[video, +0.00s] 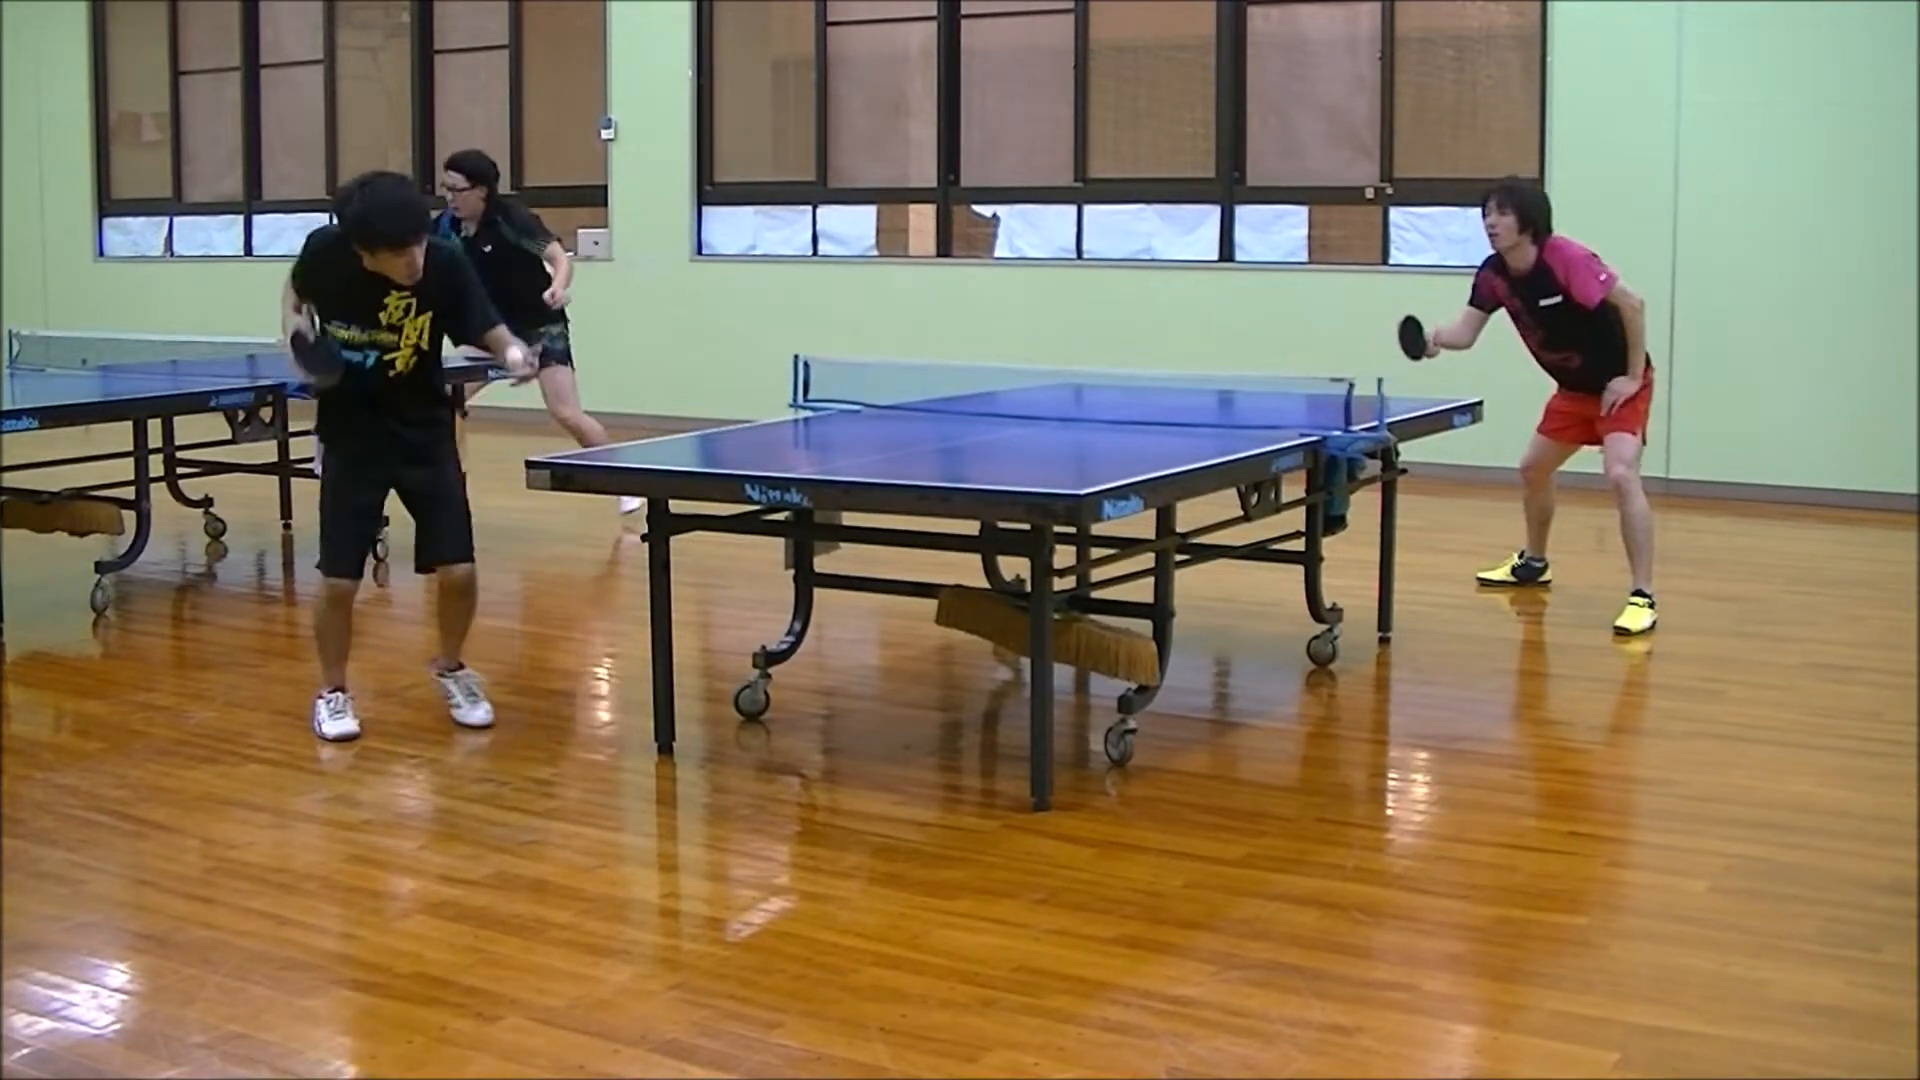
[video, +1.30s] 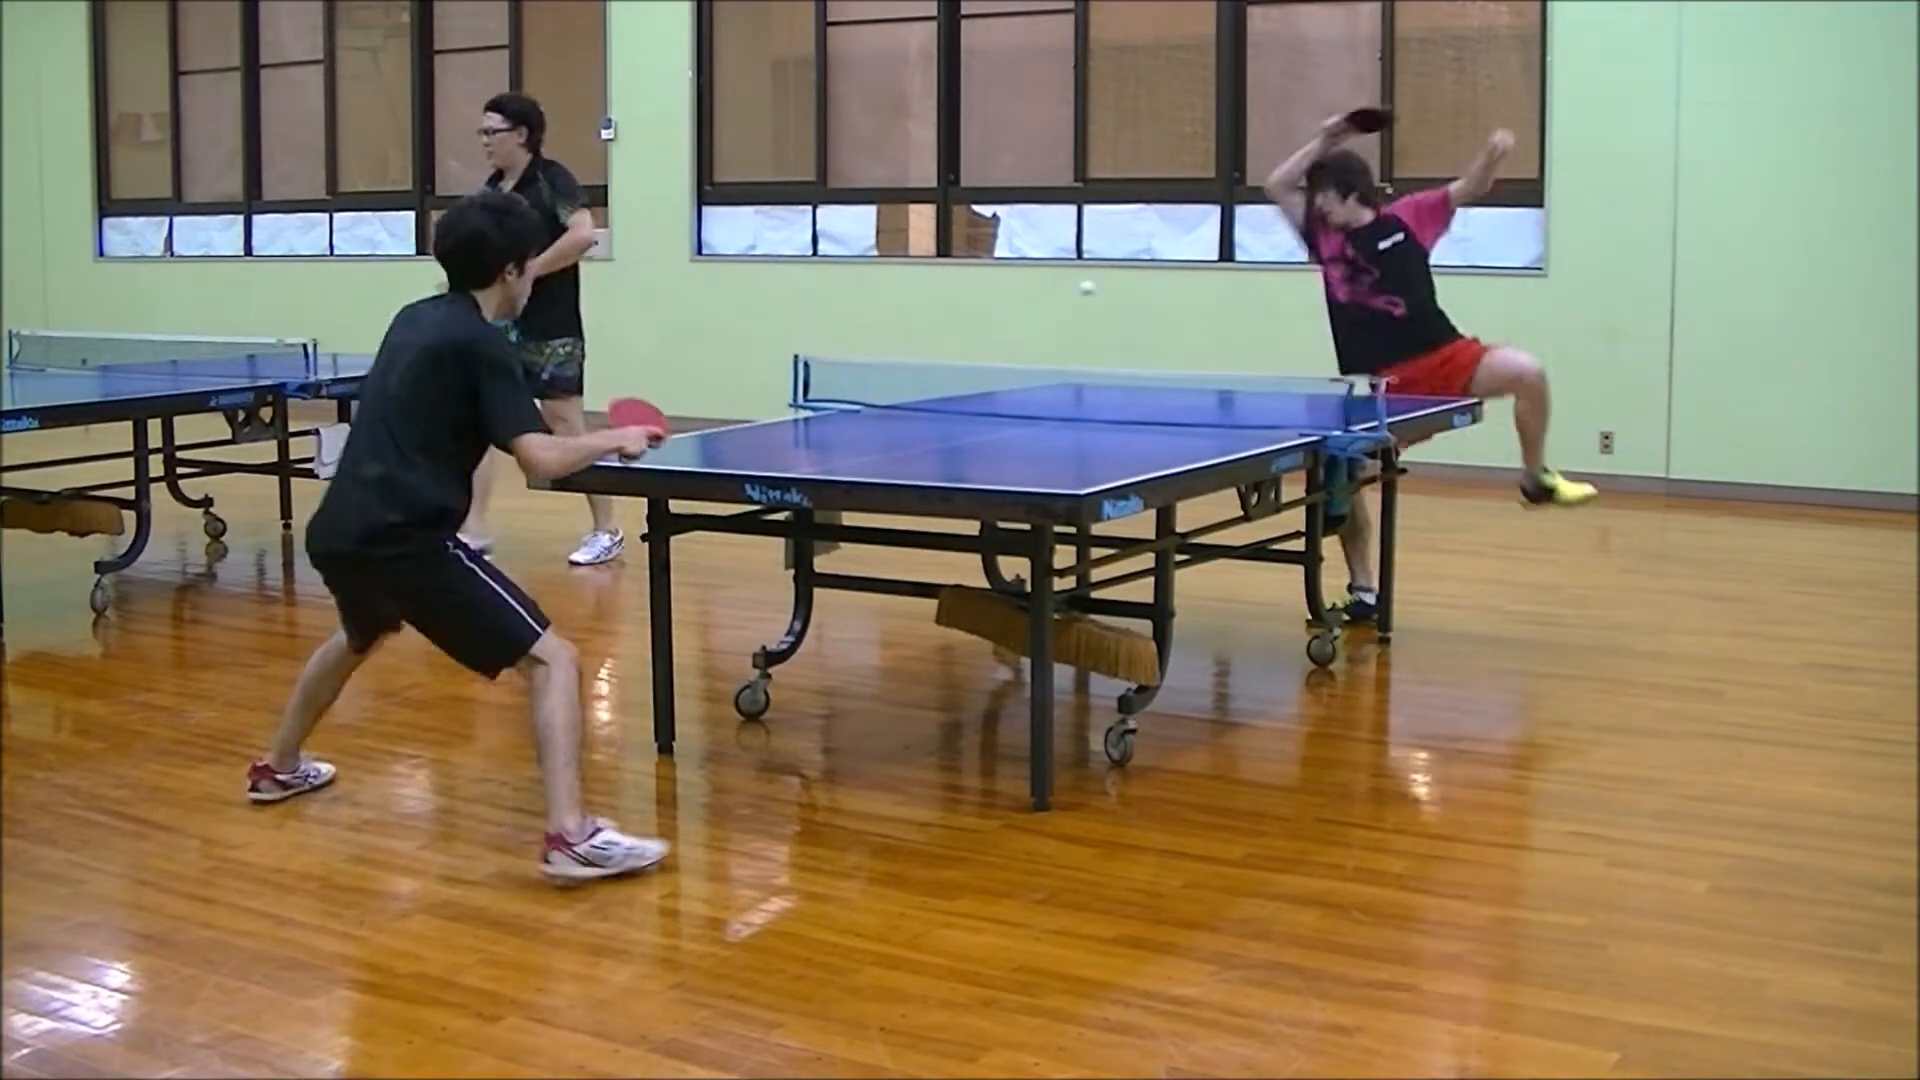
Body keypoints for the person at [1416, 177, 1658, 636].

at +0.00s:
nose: (1491, 224)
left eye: (1502, 215)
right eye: (1487, 215)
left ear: (1529, 221)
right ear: (1485, 221)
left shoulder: (1565, 258)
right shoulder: (1493, 273)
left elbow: (1632, 305)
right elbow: (1465, 333)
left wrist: (1634, 374)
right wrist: (1434, 337)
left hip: (1622, 381)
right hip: (1573, 387)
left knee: (1620, 473)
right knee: (1534, 469)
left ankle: (1642, 596)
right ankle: (1533, 562)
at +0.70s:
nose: (1518, 209)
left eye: (1527, 199)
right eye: (1518, 200)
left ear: (1556, 203)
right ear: (1537, 204)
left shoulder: (1599, 244)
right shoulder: (1535, 274)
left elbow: (1620, 306)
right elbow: (1494, 336)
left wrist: (1578, 341)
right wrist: (1435, 328)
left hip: (1623, 417)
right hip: (1562, 417)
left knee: (1660, 517)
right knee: (1477, 475)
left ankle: (1705, 604)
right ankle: (1512, 580)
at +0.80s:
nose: (1473, 210)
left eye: (1480, 200)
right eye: (1473, 201)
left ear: (1508, 203)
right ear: (1500, 208)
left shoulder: (1549, 235)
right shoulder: (1492, 274)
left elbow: (1569, 263)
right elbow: (1450, 343)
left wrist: (1512, 266)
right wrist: (1386, 357)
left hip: (1590, 414)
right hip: (1530, 413)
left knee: (1640, 517)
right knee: (1439, 467)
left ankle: (1700, 603)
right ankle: (1420, 585)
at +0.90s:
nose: (1407, 224)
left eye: (1414, 215)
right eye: (1407, 215)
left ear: (1440, 216)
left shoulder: (1471, 240)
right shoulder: (1444, 293)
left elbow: (1499, 227)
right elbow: (1427, 370)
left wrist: (1491, 227)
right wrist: (1392, 403)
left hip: (1543, 405)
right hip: (1493, 413)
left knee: (1595, 516)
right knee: (1406, 486)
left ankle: (1664, 596)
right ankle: (1367, 595)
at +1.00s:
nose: (1346, 249)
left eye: (1351, 239)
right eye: (1345, 240)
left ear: (1377, 237)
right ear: (1372, 241)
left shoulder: (1411, 253)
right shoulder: (1399, 295)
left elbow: (1448, 234)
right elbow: (1404, 379)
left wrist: (1489, 212)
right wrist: (1390, 434)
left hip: (1500, 397)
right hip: (1451, 408)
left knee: (1560, 510)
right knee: (1367, 473)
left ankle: (1639, 598)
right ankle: (1366, 595)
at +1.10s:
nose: (1309, 247)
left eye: (1314, 236)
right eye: (1309, 237)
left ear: (1339, 236)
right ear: (1341, 238)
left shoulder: (1394, 247)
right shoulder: (1358, 303)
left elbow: (1455, 234)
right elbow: (1336, 370)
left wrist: (1515, 221)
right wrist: (1286, 403)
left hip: (1477, 386)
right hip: (1423, 405)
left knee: (1544, 489)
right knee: (1350, 477)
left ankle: (1618, 586)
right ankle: (1365, 596)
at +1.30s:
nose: (1320, 211)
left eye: (1325, 200)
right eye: (1318, 202)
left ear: (1351, 194)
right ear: (1324, 202)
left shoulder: (1408, 216)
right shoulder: (1324, 236)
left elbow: (1467, 189)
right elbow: (1277, 185)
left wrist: (1492, 156)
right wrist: (1323, 140)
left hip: (1445, 358)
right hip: (1382, 383)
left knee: (1528, 373)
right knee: (1339, 472)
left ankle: (1536, 479)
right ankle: (1363, 590)